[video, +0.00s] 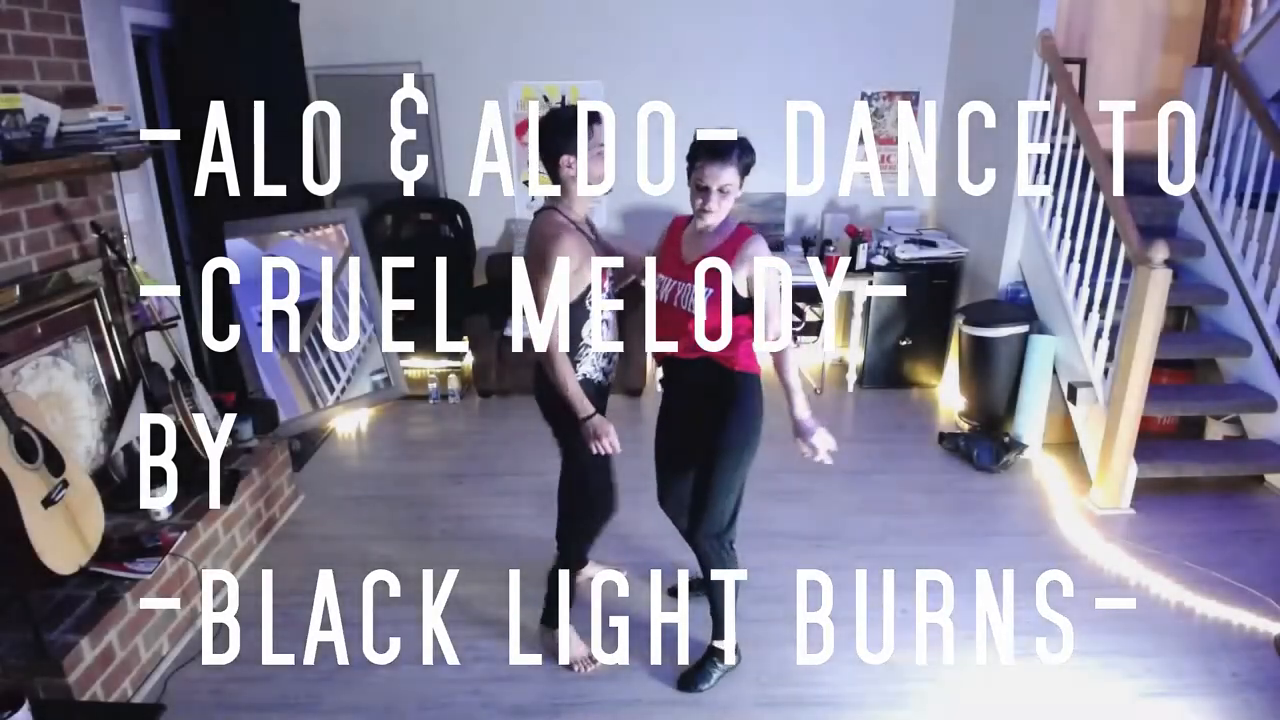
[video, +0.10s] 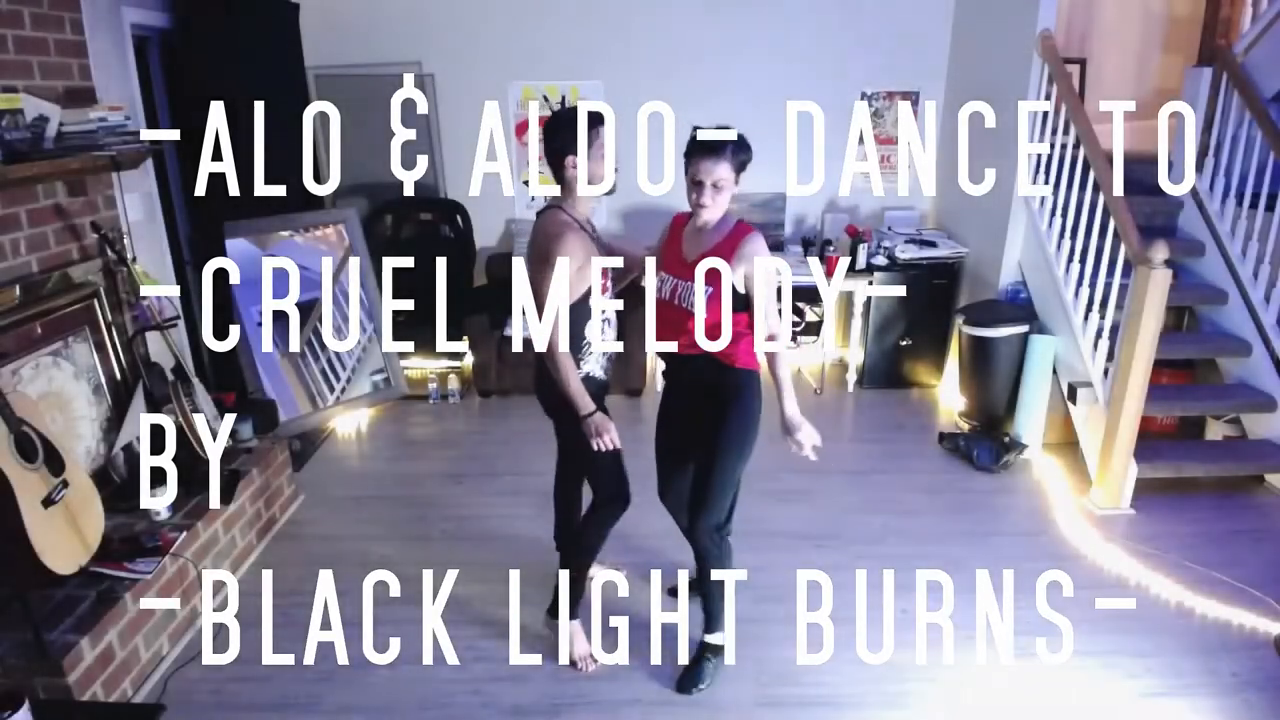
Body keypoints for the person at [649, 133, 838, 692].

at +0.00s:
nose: (707, 201)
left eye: (721, 191)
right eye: (699, 187)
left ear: (739, 192)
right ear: (687, 181)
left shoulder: (751, 251)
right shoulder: (671, 234)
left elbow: (780, 340)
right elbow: (652, 293)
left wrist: (802, 420)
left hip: (732, 397)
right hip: (681, 390)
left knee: (710, 527)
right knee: (673, 500)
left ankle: (723, 646)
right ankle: (718, 570)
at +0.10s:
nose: (701, 196)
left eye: (715, 187)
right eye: (695, 183)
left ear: (736, 188)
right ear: (684, 177)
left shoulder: (748, 246)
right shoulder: (675, 228)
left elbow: (772, 336)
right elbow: (657, 277)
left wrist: (791, 414)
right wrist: (613, 286)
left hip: (734, 390)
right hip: (682, 385)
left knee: (706, 521)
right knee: (673, 493)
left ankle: (714, 644)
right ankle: (712, 567)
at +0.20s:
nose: (697, 192)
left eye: (711, 182)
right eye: (691, 179)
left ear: (733, 184)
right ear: (681, 175)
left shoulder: (747, 243)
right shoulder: (675, 227)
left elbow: (770, 332)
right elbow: (654, 275)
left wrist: (787, 409)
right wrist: (610, 284)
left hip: (734, 388)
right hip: (682, 383)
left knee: (705, 519)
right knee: (674, 490)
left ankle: (705, 644)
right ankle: (711, 565)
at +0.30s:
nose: (694, 183)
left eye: (707, 174)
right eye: (688, 171)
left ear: (731, 177)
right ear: (679, 169)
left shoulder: (745, 238)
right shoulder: (676, 222)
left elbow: (767, 327)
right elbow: (664, 267)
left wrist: (783, 403)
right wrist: (631, 264)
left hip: (733, 383)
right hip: (681, 377)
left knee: (702, 517)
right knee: (680, 489)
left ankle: (690, 646)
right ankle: (711, 562)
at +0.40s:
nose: (692, 179)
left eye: (705, 171)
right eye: (686, 168)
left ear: (730, 175)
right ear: (677, 167)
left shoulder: (744, 237)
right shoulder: (678, 220)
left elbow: (764, 326)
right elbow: (668, 265)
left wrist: (780, 402)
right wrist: (635, 262)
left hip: (731, 383)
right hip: (680, 377)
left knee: (703, 516)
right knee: (689, 496)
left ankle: (688, 643)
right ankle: (708, 569)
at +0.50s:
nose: (688, 176)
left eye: (701, 168)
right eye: (684, 165)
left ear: (729, 173)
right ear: (677, 166)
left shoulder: (741, 235)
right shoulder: (678, 220)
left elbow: (758, 323)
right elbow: (658, 255)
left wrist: (770, 402)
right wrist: (611, 245)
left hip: (727, 380)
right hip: (678, 376)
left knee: (705, 512)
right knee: (693, 495)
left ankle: (688, 642)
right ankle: (713, 575)